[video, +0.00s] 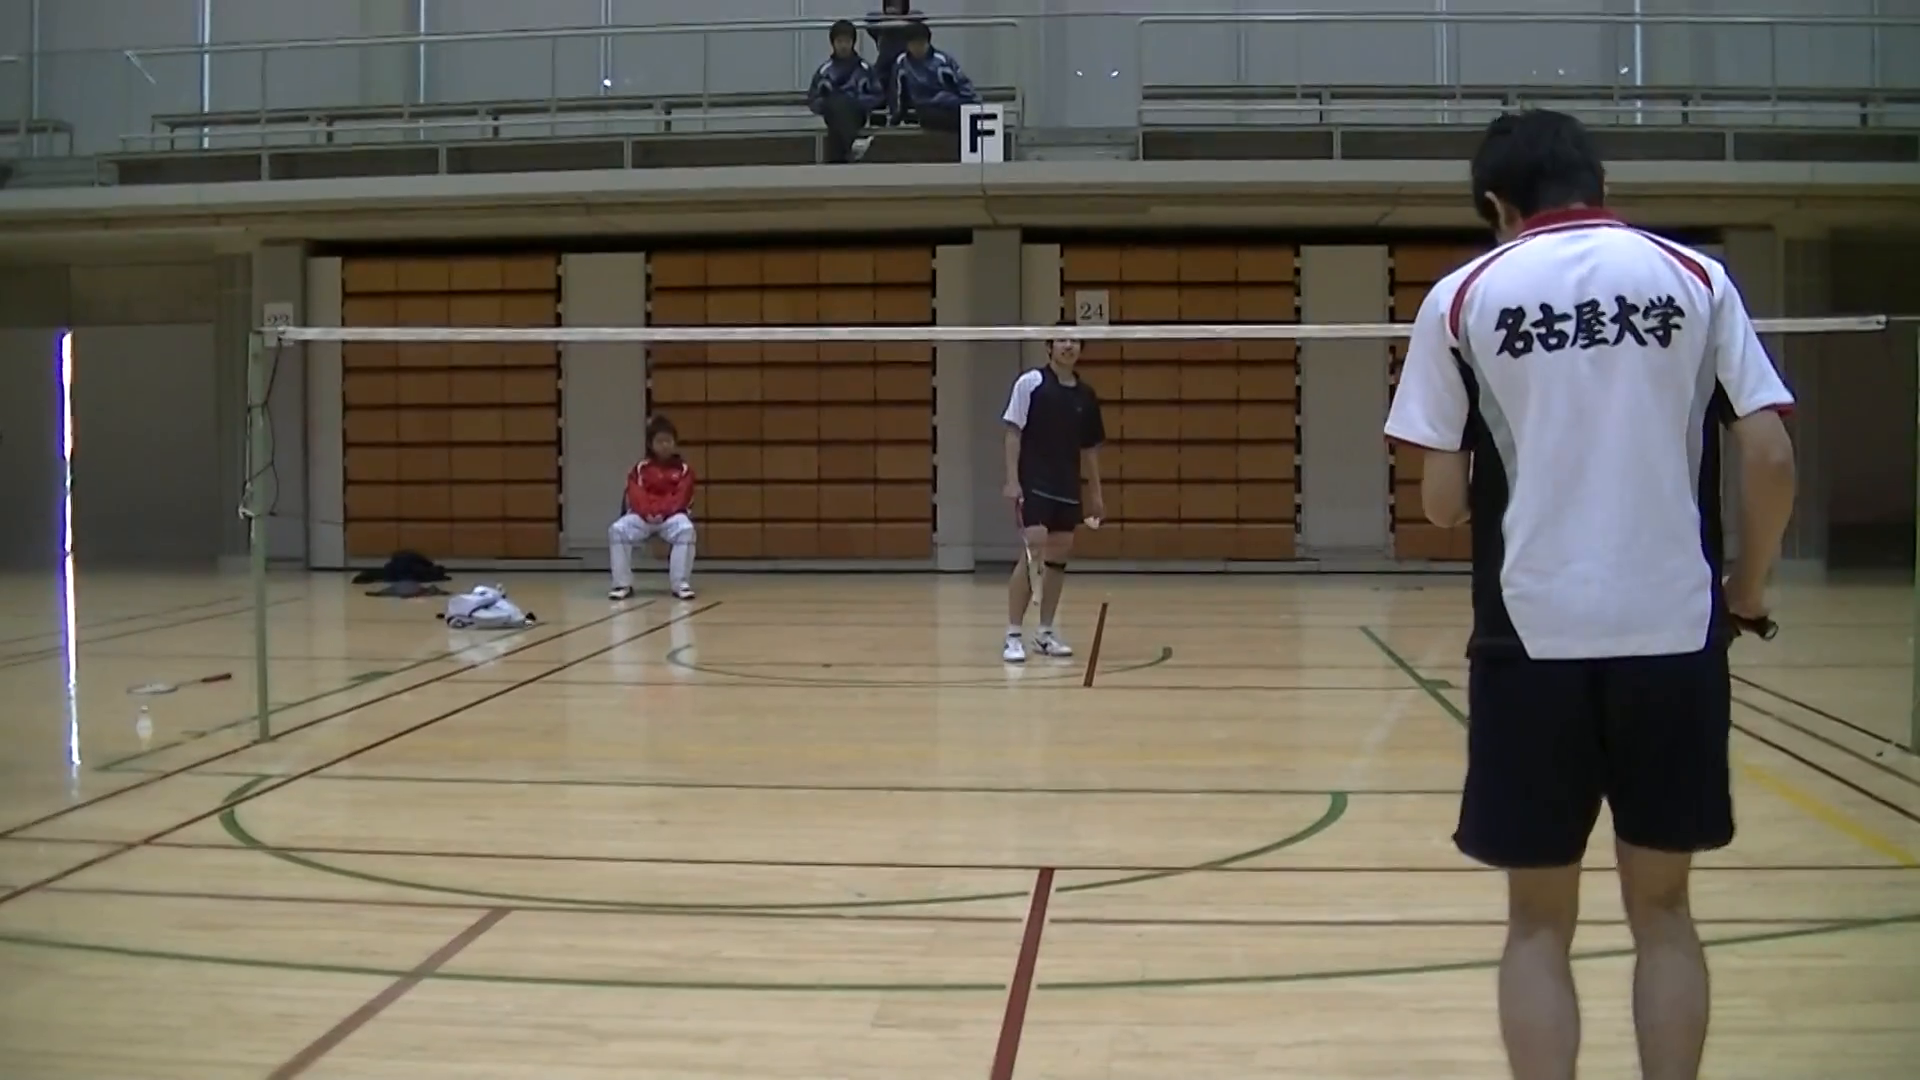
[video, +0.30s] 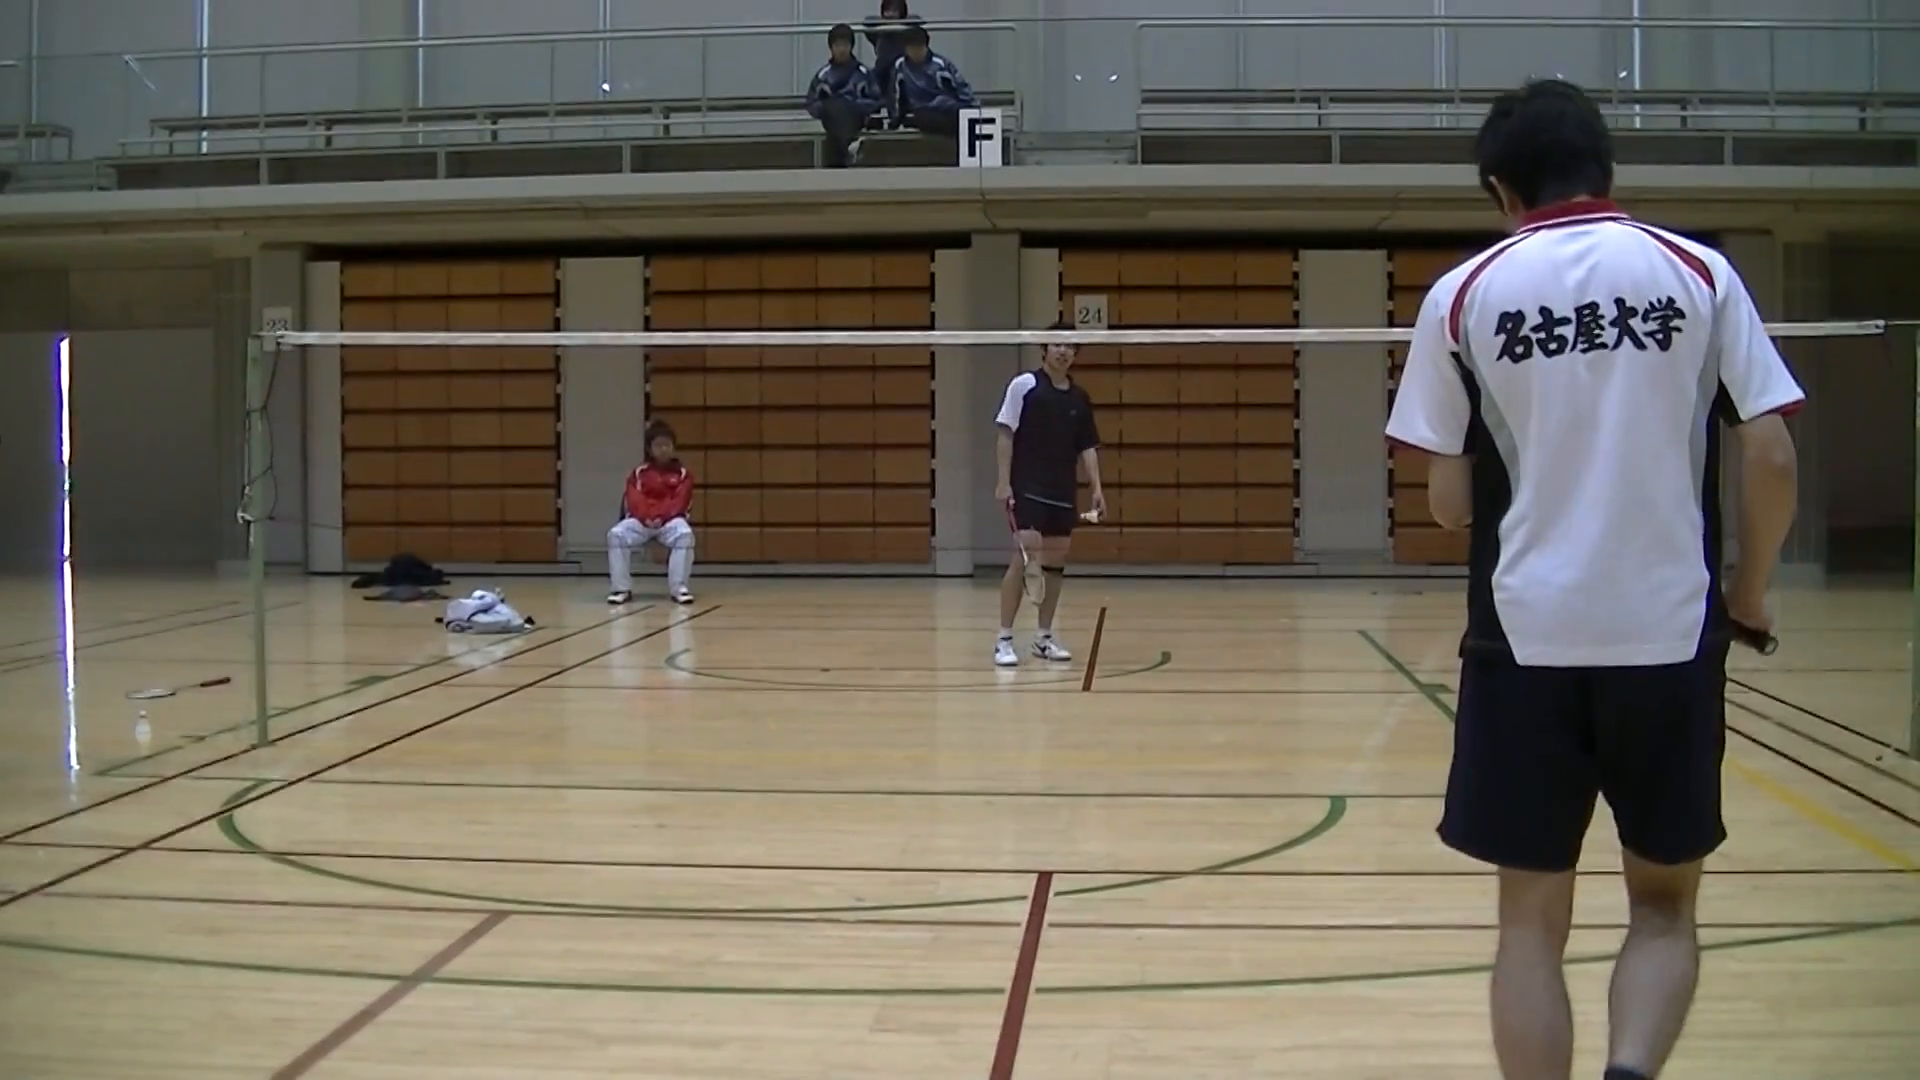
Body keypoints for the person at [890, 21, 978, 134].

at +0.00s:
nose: (918, 49)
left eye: (921, 44)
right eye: (913, 45)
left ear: (928, 43)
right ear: (907, 45)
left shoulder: (943, 60)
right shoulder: (902, 64)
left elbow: (962, 83)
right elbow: (898, 93)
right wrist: (894, 119)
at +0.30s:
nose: (916, 54)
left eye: (919, 49)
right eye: (912, 49)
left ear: (926, 47)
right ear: (905, 49)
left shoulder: (942, 65)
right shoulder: (900, 67)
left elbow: (962, 89)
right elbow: (896, 96)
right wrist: (896, 119)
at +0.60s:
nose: (915, 54)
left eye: (918, 49)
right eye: (910, 49)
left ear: (925, 48)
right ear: (904, 50)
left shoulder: (939, 65)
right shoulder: (898, 68)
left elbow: (959, 88)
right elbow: (895, 97)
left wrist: (971, 109)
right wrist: (892, 123)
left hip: (949, 110)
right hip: (921, 113)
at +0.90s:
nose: (913, 54)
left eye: (917, 49)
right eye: (909, 49)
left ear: (924, 48)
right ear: (903, 50)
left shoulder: (938, 65)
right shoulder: (897, 68)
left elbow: (957, 88)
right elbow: (893, 97)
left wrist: (970, 108)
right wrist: (892, 122)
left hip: (948, 110)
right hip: (920, 113)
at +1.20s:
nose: (911, 53)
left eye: (915, 48)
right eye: (907, 49)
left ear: (922, 48)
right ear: (901, 50)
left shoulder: (937, 64)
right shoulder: (895, 68)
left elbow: (955, 86)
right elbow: (891, 96)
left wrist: (968, 106)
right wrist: (890, 121)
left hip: (945, 107)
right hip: (916, 112)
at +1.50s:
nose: (911, 53)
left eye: (915, 48)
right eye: (907, 48)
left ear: (922, 48)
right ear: (901, 50)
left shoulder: (937, 64)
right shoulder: (895, 68)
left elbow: (955, 86)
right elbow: (891, 96)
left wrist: (968, 107)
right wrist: (890, 121)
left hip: (946, 109)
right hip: (917, 113)